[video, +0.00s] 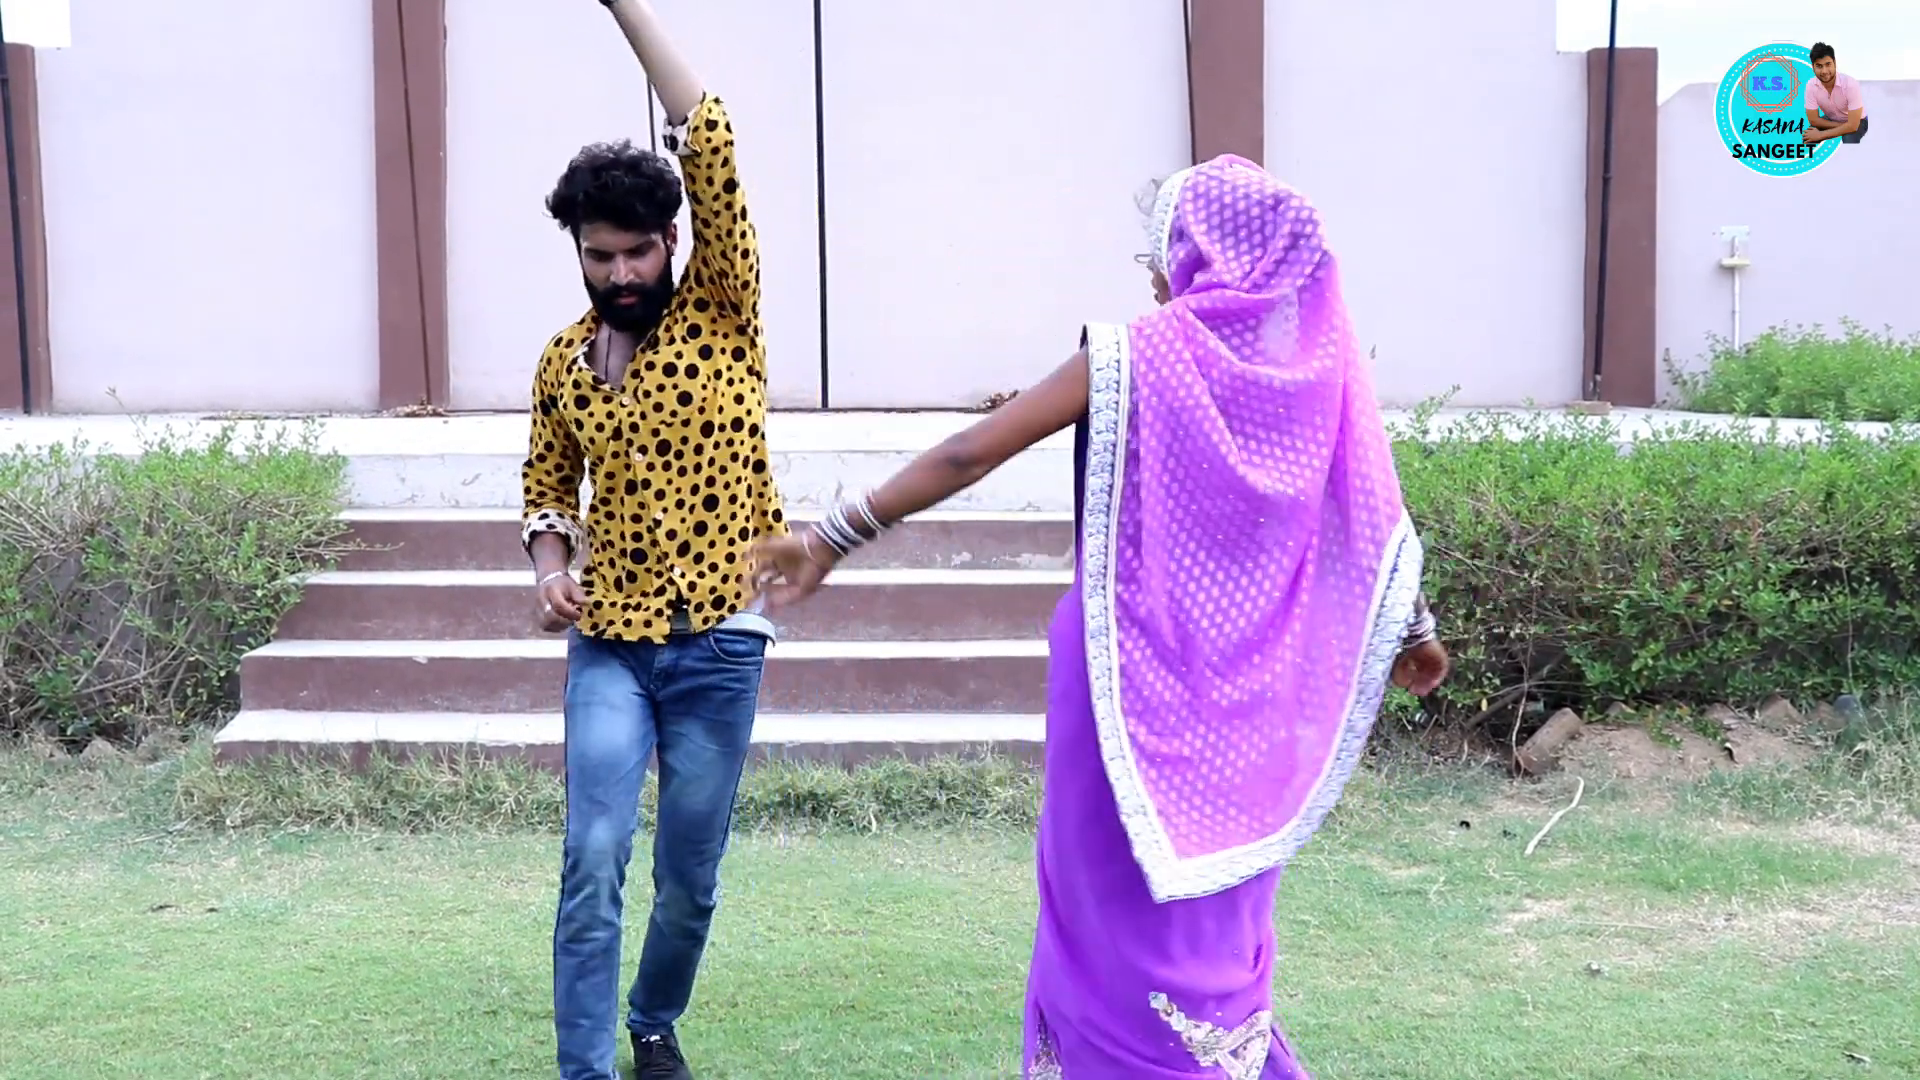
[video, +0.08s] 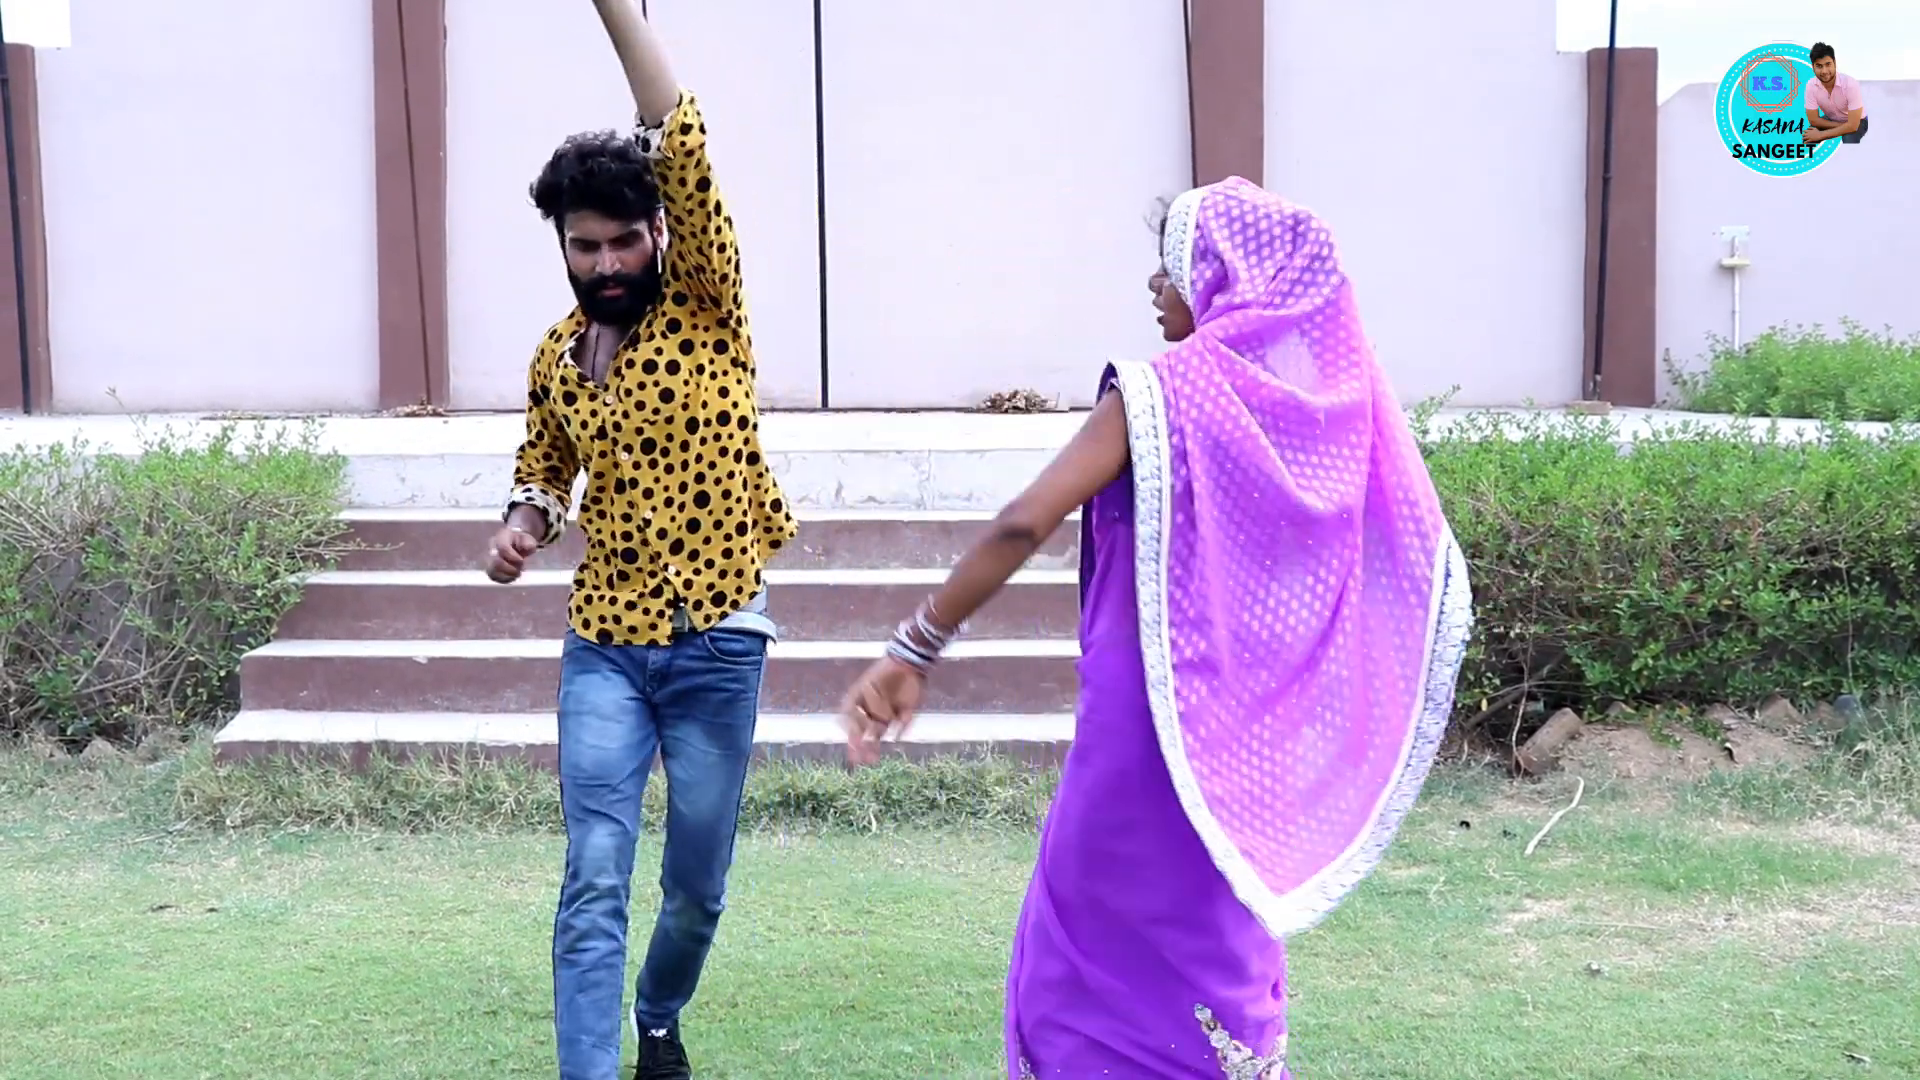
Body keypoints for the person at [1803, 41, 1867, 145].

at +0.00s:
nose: (1824, 71)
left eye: (1828, 65)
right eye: (1819, 66)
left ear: (1835, 63)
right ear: (1813, 67)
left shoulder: (1850, 84)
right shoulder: (1812, 86)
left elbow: (1853, 126)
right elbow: (1813, 120)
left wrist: (1820, 135)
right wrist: (1843, 126)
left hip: (1855, 122)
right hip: (1830, 121)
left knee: (1848, 140)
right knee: (1810, 136)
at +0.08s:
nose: (1824, 71)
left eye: (1828, 65)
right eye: (1819, 66)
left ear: (1835, 63)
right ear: (1813, 67)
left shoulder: (1850, 84)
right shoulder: (1812, 86)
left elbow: (1853, 126)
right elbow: (1813, 120)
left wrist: (1820, 135)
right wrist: (1843, 126)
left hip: (1855, 122)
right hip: (1830, 121)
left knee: (1848, 140)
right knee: (1810, 136)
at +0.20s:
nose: (1824, 71)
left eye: (1828, 65)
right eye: (1819, 66)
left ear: (1835, 63)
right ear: (1813, 67)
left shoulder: (1850, 84)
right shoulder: (1812, 86)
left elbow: (1853, 126)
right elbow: (1813, 120)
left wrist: (1820, 135)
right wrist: (1843, 126)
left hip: (1855, 122)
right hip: (1830, 121)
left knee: (1848, 140)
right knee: (1810, 136)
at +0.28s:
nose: (1824, 71)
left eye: (1828, 65)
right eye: (1819, 66)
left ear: (1835, 63)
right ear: (1813, 67)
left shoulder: (1850, 84)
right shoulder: (1812, 86)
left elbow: (1853, 126)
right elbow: (1813, 120)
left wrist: (1820, 135)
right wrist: (1843, 126)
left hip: (1855, 122)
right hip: (1830, 121)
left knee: (1848, 140)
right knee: (1810, 136)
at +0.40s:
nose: (1824, 71)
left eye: (1828, 65)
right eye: (1819, 66)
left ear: (1835, 63)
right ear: (1813, 67)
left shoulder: (1850, 84)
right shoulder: (1812, 86)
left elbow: (1853, 126)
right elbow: (1813, 120)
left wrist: (1820, 135)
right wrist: (1843, 126)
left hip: (1855, 122)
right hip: (1830, 121)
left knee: (1848, 140)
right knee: (1810, 136)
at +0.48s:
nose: (1824, 71)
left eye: (1828, 65)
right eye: (1819, 66)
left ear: (1835, 63)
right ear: (1813, 67)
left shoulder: (1850, 84)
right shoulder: (1812, 86)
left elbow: (1853, 126)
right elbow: (1813, 120)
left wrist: (1820, 135)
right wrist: (1843, 126)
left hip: (1855, 122)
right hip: (1830, 121)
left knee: (1848, 140)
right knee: (1810, 136)